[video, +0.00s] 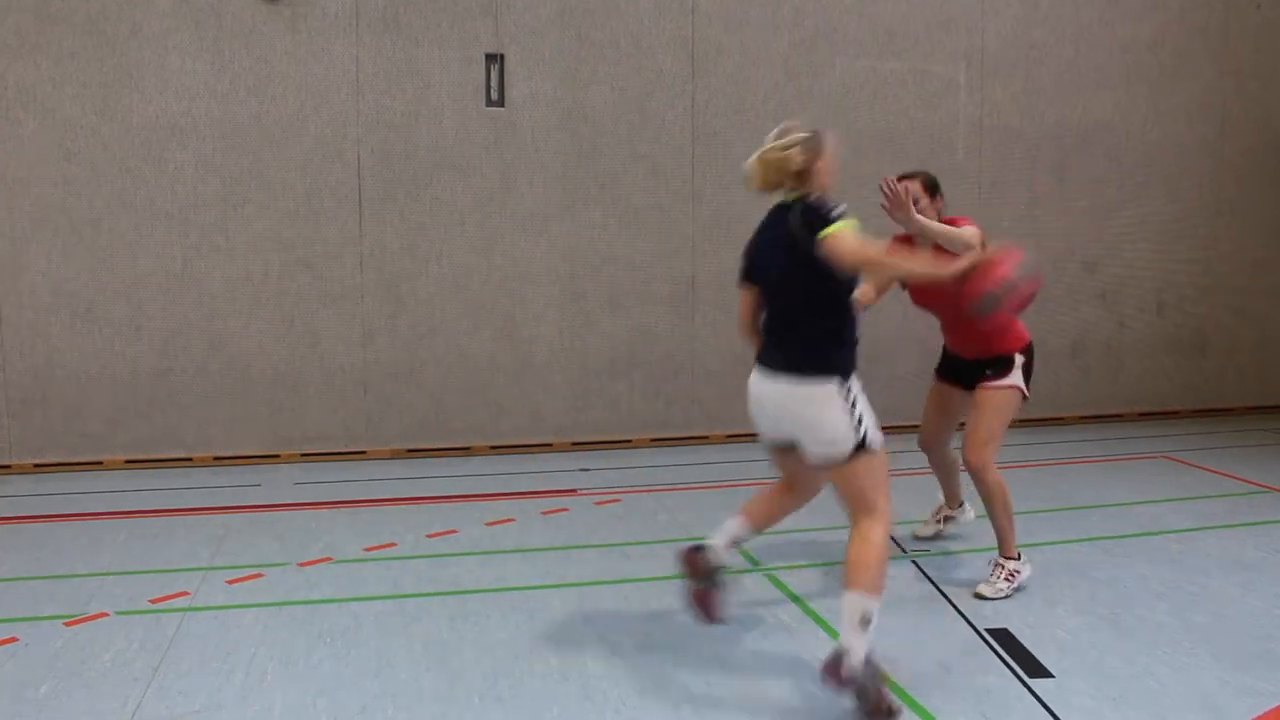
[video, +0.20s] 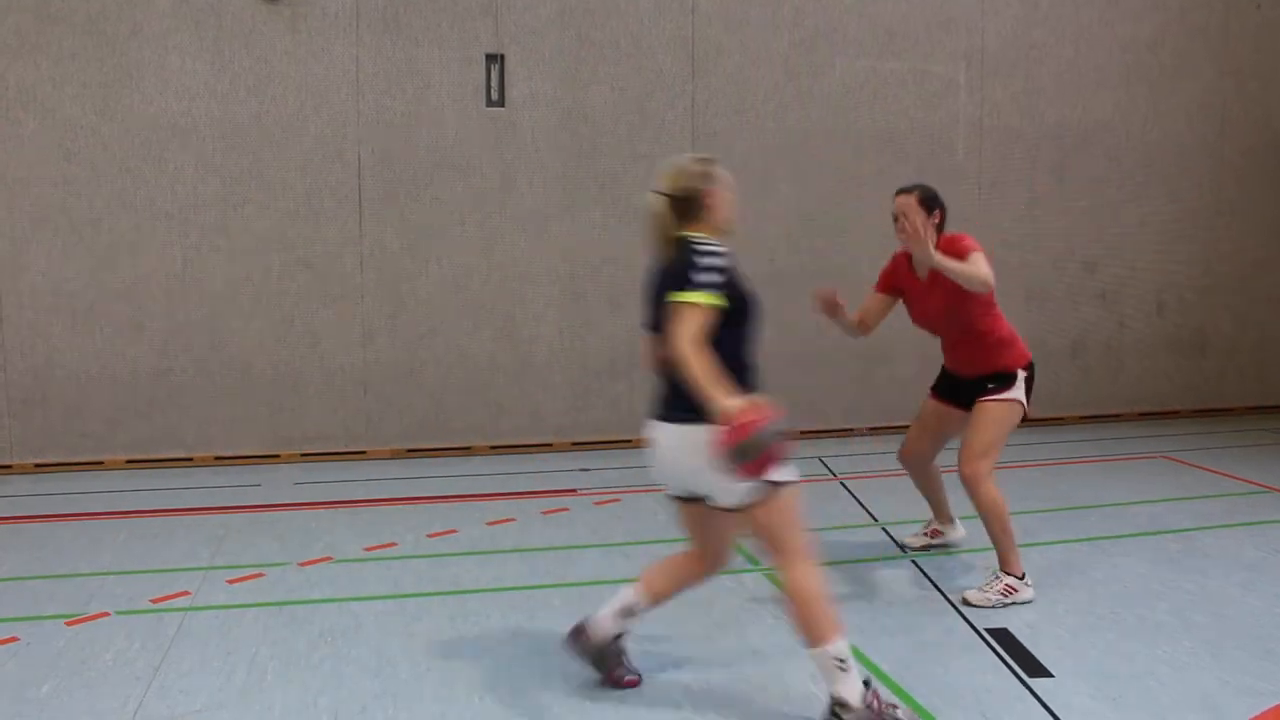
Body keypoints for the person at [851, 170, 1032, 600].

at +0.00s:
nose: (911, 213)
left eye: (917, 203)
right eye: (904, 207)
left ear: (937, 201)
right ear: (898, 213)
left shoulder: (963, 231)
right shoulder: (900, 247)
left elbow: (965, 243)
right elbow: (872, 286)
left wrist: (911, 219)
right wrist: (852, 302)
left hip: (1005, 354)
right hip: (959, 353)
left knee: (978, 458)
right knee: (932, 440)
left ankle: (1010, 559)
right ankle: (954, 504)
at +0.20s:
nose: (899, 227)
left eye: (904, 219)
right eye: (894, 220)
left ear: (932, 218)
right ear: (894, 224)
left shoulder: (959, 246)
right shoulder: (900, 267)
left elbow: (984, 281)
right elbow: (862, 327)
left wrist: (931, 257)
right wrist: (840, 316)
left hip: (1004, 372)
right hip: (958, 373)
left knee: (974, 470)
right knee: (914, 455)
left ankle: (1014, 576)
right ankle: (945, 525)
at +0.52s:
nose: (866, 223)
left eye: (873, 215)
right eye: (864, 216)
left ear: (900, 215)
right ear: (872, 220)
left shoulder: (930, 249)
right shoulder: (879, 260)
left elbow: (969, 305)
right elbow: (868, 316)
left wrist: (917, 312)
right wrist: (834, 334)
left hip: (977, 359)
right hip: (936, 363)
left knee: (952, 454)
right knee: (902, 443)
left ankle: (996, 559)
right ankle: (931, 522)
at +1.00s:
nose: (825, 207)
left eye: (832, 200)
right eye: (824, 201)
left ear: (858, 204)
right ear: (831, 207)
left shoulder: (882, 240)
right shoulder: (846, 246)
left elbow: (910, 303)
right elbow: (863, 301)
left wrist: (868, 328)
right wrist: (836, 330)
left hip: (929, 340)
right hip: (894, 342)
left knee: (899, 429)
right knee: (872, 423)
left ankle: (948, 521)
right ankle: (895, 496)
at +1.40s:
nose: (795, 226)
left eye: (802, 219)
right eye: (795, 219)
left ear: (827, 222)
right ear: (818, 224)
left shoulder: (845, 254)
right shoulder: (822, 259)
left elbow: (877, 315)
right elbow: (837, 311)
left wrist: (833, 335)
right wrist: (805, 337)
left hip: (902, 347)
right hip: (874, 349)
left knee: (855, 424)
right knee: (839, 422)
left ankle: (901, 513)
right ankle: (867, 495)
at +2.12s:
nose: (794, 213)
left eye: (799, 205)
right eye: (792, 206)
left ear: (826, 204)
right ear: (824, 206)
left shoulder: (841, 233)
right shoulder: (835, 240)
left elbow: (858, 294)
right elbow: (851, 308)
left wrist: (803, 301)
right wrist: (809, 330)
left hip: (908, 342)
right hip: (898, 343)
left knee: (873, 443)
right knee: (880, 432)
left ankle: (901, 550)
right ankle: (910, 503)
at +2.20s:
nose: (795, 212)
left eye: (801, 204)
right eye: (794, 205)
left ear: (828, 203)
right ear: (825, 205)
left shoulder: (842, 230)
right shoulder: (841, 238)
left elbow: (841, 275)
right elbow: (839, 302)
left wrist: (785, 262)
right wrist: (787, 308)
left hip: (911, 338)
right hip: (903, 338)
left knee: (871, 439)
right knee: (884, 429)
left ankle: (895, 549)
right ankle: (922, 503)